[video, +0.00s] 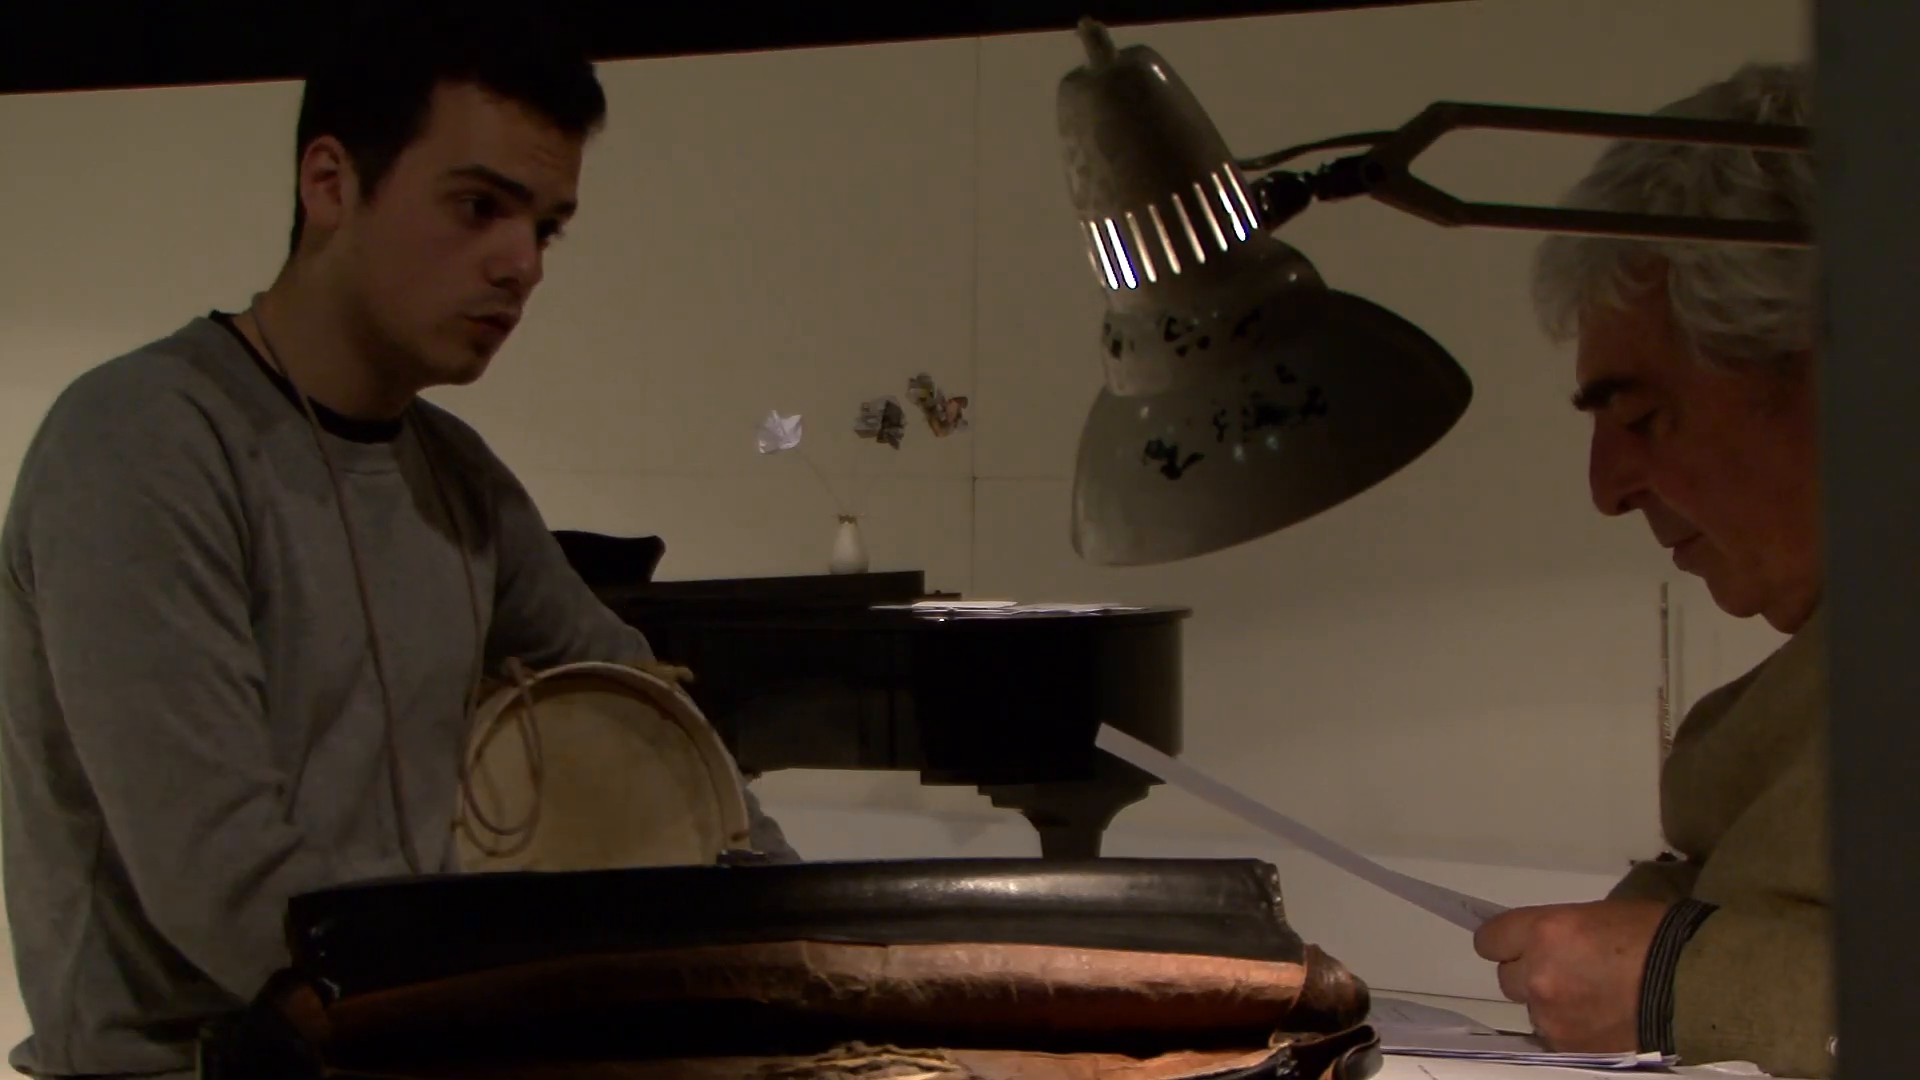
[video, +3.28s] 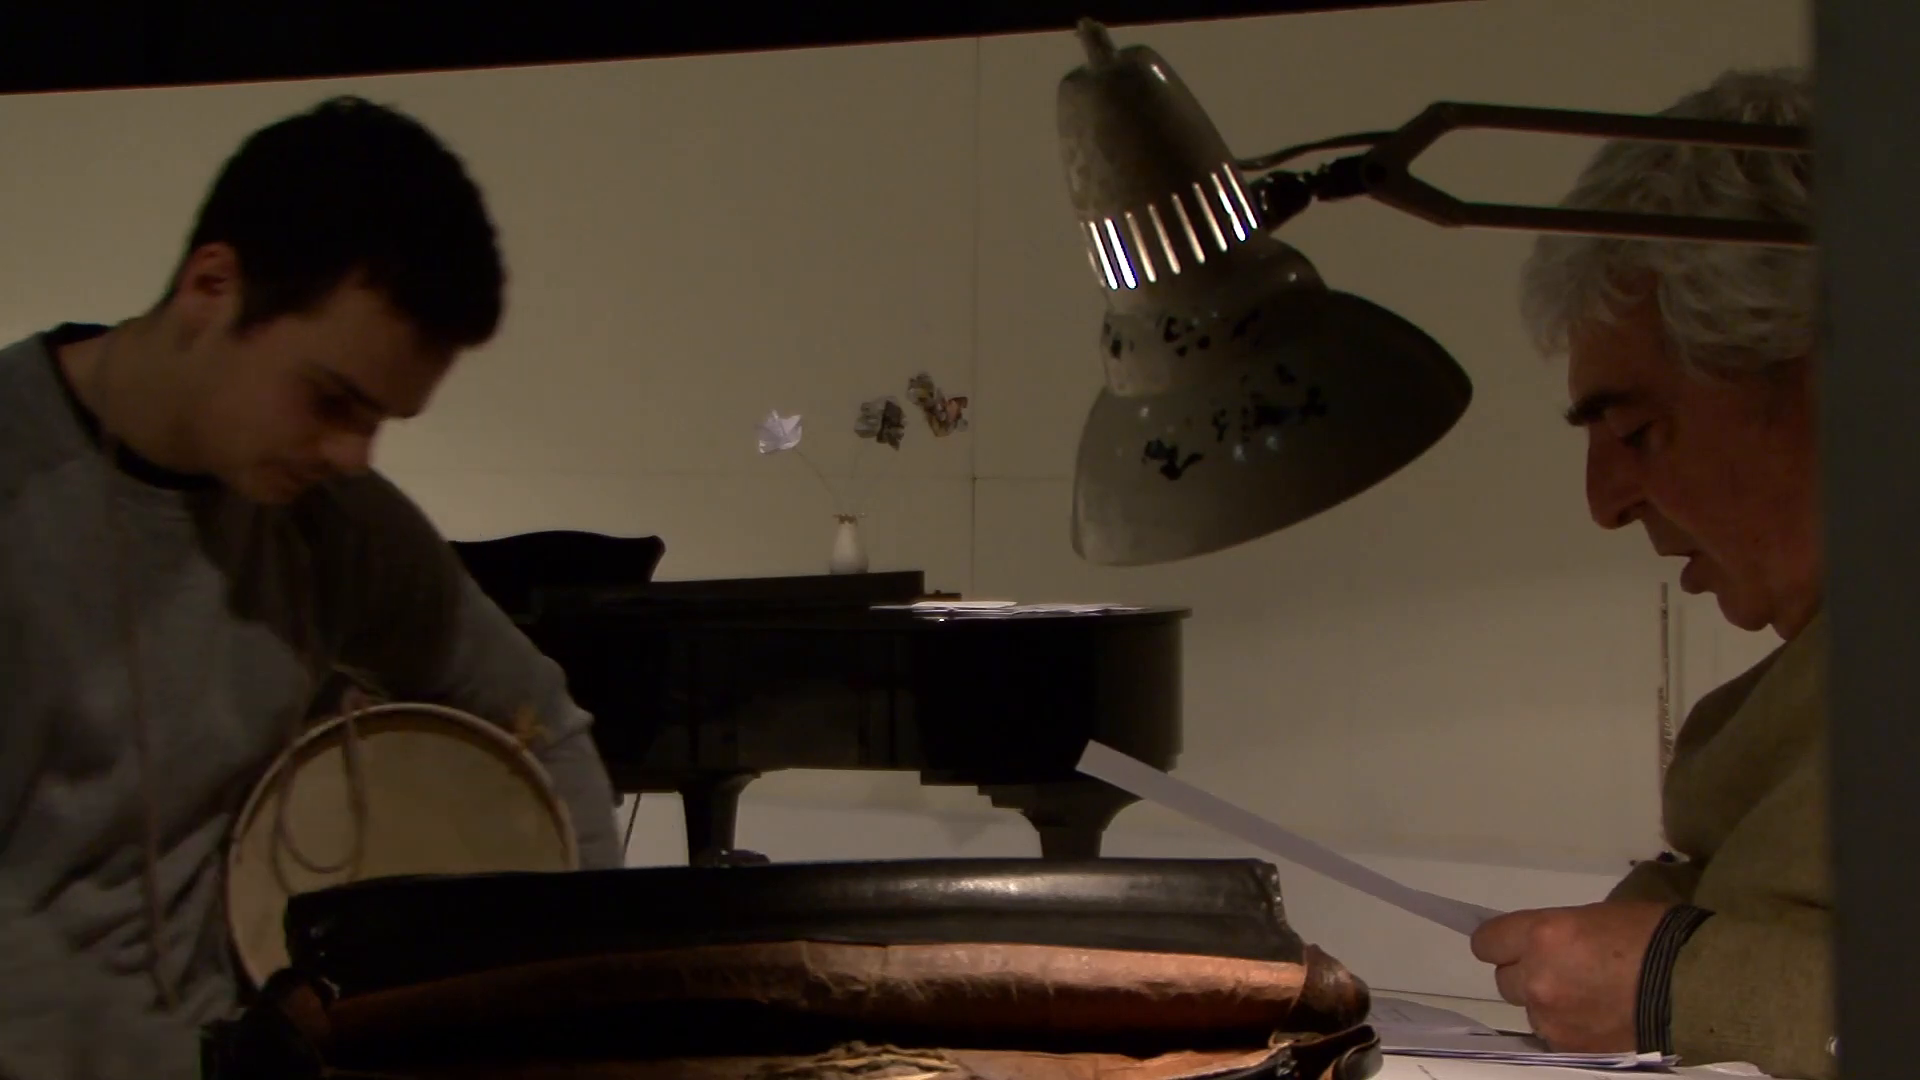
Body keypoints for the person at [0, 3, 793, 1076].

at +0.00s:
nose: (523, 266)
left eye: (545, 228)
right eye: (479, 206)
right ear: (329, 186)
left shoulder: (461, 478)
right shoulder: (131, 443)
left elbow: (639, 724)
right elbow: (224, 887)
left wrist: (791, 926)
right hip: (178, 1057)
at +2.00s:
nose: (515, 297)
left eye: (535, 261)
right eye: (476, 237)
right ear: (325, 207)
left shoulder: (444, 496)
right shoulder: (119, 442)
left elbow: (647, 701)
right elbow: (261, 869)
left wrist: (753, 918)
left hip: (352, 1043)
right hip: (117, 1059)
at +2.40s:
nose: (523, 338)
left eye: (549, 301)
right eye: (493, 279)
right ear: (349, 224)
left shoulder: (459, 494)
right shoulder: (110, 445)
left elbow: (669, 719)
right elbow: (222, 898)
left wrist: (724, 947)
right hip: (89, 1045)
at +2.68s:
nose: (517, 427)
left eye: (542, 394)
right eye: (499, 369)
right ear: (374, 265)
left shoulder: (478, 519)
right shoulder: (90, 444)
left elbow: (677, 735)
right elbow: (80, 872)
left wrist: (715, 953)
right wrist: (317, 1041)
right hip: (56, 1036)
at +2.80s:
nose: (520, 431)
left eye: (544, 397)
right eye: (502, 371)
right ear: (377, 268)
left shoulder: (467, 523)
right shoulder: (86, 442)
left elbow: (665, 745)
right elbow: (88, 872)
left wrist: (689, 966)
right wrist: (326, 1044)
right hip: (48, 1042)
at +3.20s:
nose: (409, 454)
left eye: (438, 420)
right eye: (393, 398)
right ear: (270, 283)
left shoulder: (385, 514)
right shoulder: (18, 450)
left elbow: (574, 736)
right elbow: (9, 859)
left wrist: (627, 960)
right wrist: (258, 1028)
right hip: (32, 1028)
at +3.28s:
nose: (354, 459)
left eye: (382, 423)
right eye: (333, 401)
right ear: (210, 287)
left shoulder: (346, 521)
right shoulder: (15, 468)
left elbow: (539, 730)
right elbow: (12, 932)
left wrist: (573, 972)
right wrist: (191, 1062)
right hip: (44, 1041)